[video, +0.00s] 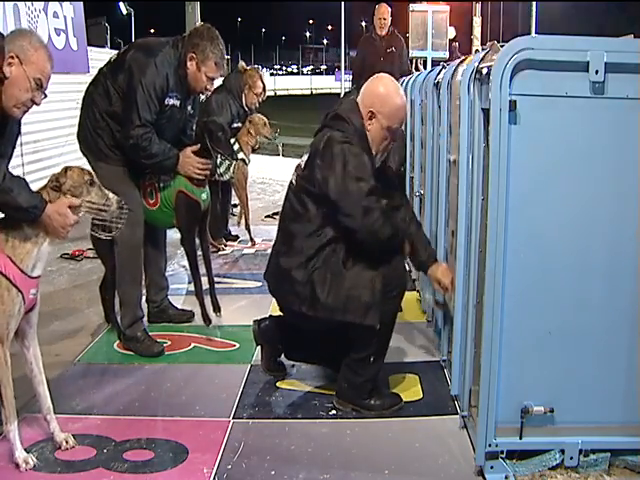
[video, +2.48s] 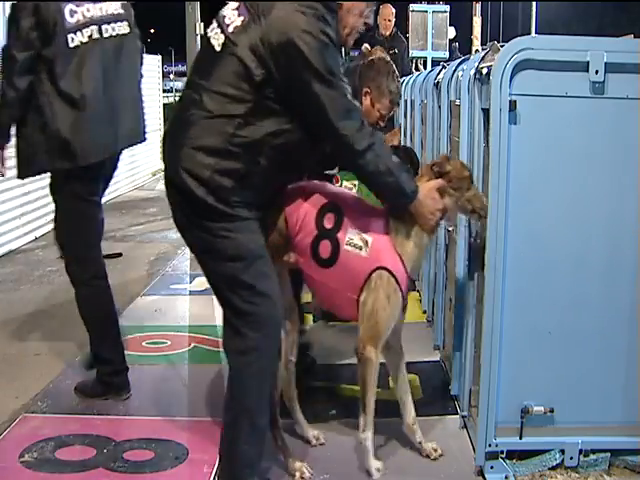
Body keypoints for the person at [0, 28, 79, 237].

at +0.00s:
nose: (38, 100)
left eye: (42, 92)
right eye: (36, 85)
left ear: (11, 65)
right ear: (9, 65)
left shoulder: (11, 119)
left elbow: (3, 176)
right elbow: (2, 178)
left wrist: (40, 207)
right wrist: (41, 211)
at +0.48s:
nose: (46, 73)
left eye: (49, 64)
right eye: (42, 59)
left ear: (19, 48)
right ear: (14, 43)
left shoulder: (19, 95)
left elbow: (8, 160)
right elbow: (5, 162)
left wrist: (47, 198)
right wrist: (47, 201)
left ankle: (10, 398)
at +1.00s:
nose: (80, 51)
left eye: (85, 41)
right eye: (75, 37)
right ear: (45, 21)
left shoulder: (50, 60)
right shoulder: (10, 49)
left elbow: (50, 142)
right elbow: (33, 141)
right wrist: (99, 207)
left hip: (20, 211)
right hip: (4, 214)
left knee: (19, 328)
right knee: (5, 338)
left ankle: (16, 434)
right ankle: (7, 449)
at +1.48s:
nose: (174, 58)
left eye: (180, 49)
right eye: (172, 44)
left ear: (147, 21)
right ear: (142, 20)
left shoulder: (139, 60)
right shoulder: (86, 51)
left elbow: (134, 148)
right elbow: (126, 155)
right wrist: (191, 226)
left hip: (95, 203)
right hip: (33, 205)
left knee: (143, 292)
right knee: (40, 322)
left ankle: (164, 396)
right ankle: (8, 450)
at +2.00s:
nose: (295, 43)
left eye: (302, 34)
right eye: (296, 27)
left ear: (271, 11)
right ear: (270, 6)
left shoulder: (243, 31)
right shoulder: (218, 23)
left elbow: (254, 130)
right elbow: (253, 133)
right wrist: (309, 201)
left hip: (199, 171)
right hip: (142, 169)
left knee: (247, 262)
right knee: (170, 297)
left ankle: (261, 353)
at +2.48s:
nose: (367, 21)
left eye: (370, 13)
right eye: (366, 10)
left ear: (340, 6)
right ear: (342, 1)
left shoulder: (299, 18)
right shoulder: (299, 25)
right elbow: (346, 127)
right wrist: (409, 197)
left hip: (226, 176)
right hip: (211, 180)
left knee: (268, 309)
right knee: (260, 317)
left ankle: (260, 429)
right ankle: (244, 467)